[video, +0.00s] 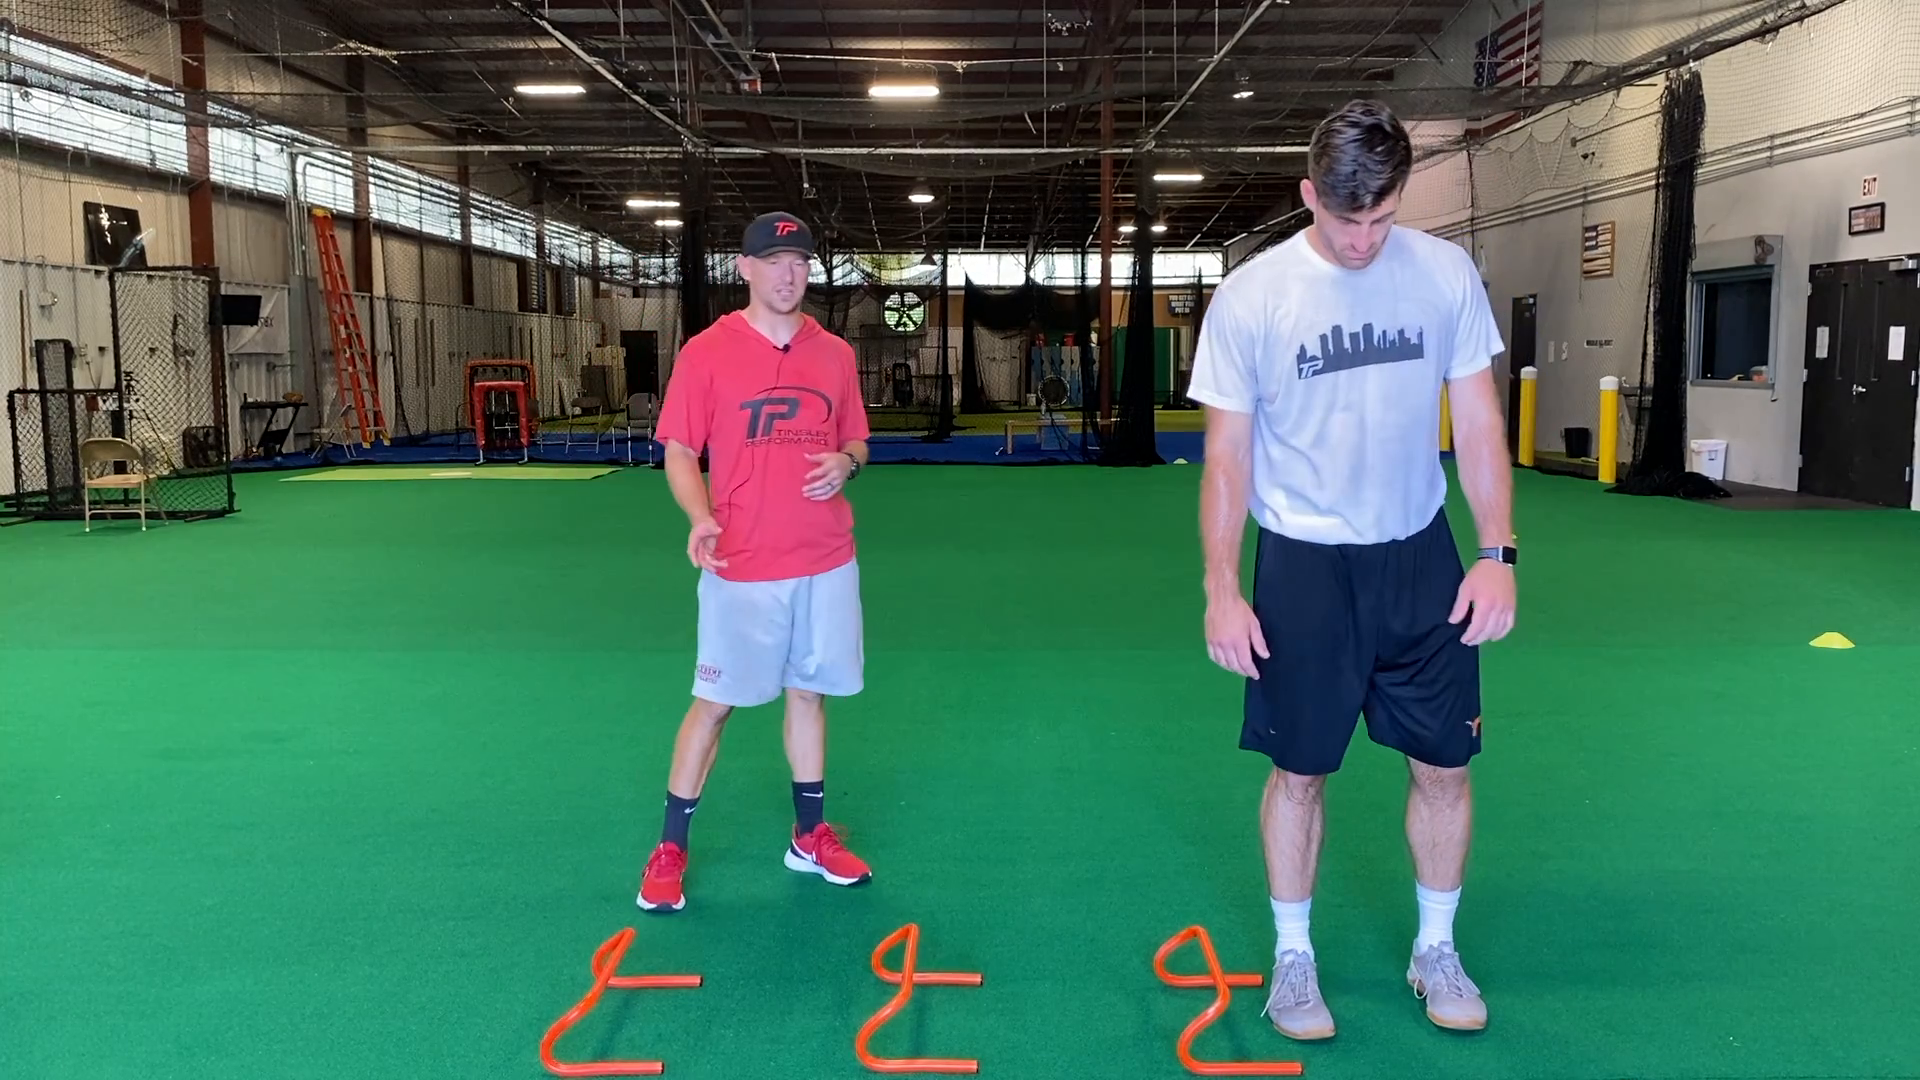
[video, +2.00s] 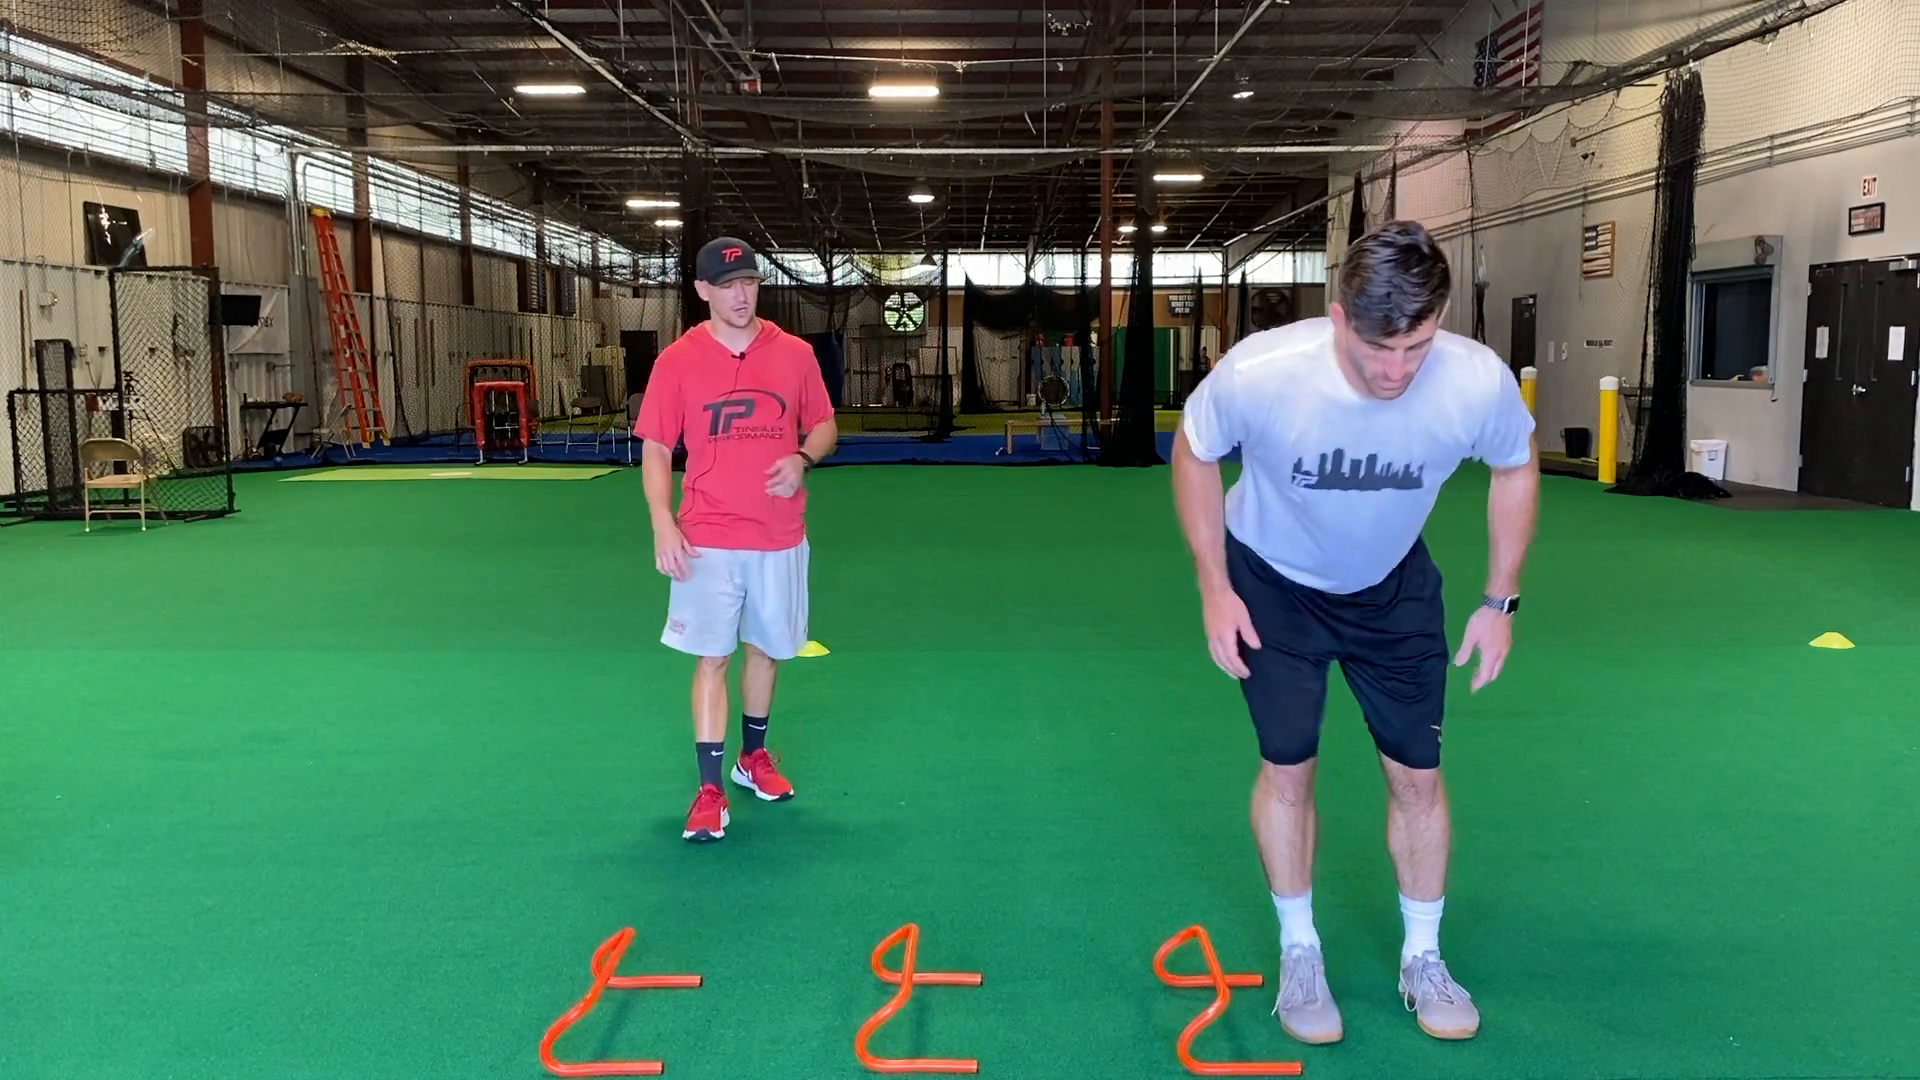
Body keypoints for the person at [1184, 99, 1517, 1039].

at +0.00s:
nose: (1363, 234)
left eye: (1380, 215)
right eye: (1346, 215)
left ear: (1402, 194)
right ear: (1308, 191)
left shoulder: (1444, 274)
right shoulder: (1249, 298)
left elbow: (1479, 422)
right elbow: (1225, 458)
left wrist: (1497, 552)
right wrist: (1223, 590)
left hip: (1419, 557)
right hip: (1302, 564)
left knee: (1445, 759)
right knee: (1300, 766)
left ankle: (1437, 950)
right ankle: (1294, 959)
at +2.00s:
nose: (1396, 367)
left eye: (1414, 347)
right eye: (1377, 347)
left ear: (1436, 322)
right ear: (1338, 318)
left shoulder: (1476, 381)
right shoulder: (1257, 374)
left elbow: (1517, 467)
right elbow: (1192, 449)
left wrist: (1499, 598)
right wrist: (1214, 586)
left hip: (1394, 581)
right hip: (1275, 580)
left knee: (1418, 769)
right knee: (1288, 763)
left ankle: (1424, 958)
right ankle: (1300, 952)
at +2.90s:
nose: (792, 303)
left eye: (808, 283)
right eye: (775, 284)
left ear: (847, 267)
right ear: (753, 276)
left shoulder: (915, 343)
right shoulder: (712, 346)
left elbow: (1015, 362)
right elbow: (700, 430)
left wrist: (990, 494)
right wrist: (720, 526)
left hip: (894, 546)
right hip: (781, 564)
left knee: (916, 702)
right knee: (769, 768)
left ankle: (902, 816)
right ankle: (773, 942)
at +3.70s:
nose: (400, 379)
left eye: (415, 358)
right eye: (383, 361)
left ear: (460, 332)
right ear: (366, 349)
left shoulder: (560, 398)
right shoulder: (357, 403)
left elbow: (686, 446)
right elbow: (365, 483)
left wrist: (665, 584)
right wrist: (369, 583)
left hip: (583, 581)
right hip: (466, 608)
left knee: (579, 745)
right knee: (458, 785)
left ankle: (608, 772)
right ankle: (484, 961)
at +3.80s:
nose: (394, 377)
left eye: (410, 355)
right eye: (379, 359)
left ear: (453, 329)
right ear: (361, 348)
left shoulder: (556, 400)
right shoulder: (352, 392)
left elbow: (665, 492)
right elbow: (368, 465)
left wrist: (606, 624)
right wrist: (378, 569)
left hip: (573, 580)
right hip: (461, 596)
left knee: (572, 758)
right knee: (459, 779)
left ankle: (568, 776)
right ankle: (484, 962)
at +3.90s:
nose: (392, 382)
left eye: (408, 358)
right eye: (374, 364)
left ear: (453, 335)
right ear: (356, 357)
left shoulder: (550, 414)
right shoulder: (357, 385)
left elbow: (631, 542)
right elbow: (385, 445)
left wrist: (502, 628)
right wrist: (394, 509)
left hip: (581, 594)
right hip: (461, 594)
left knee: (557, 778)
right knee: (463, 776)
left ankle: (523, 744)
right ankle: (481, 960)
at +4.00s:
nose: (391, 406)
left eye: (407, 383)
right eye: (374, 388)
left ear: (455, 360)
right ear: (357, 380)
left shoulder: (542, 446)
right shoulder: (375, 405)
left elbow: (586, 600)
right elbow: (445, 495)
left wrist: (432, 591)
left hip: (586, 597)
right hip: (470, 588)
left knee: (537, 793)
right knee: (457, 775)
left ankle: (494, 750)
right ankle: (477, 960)